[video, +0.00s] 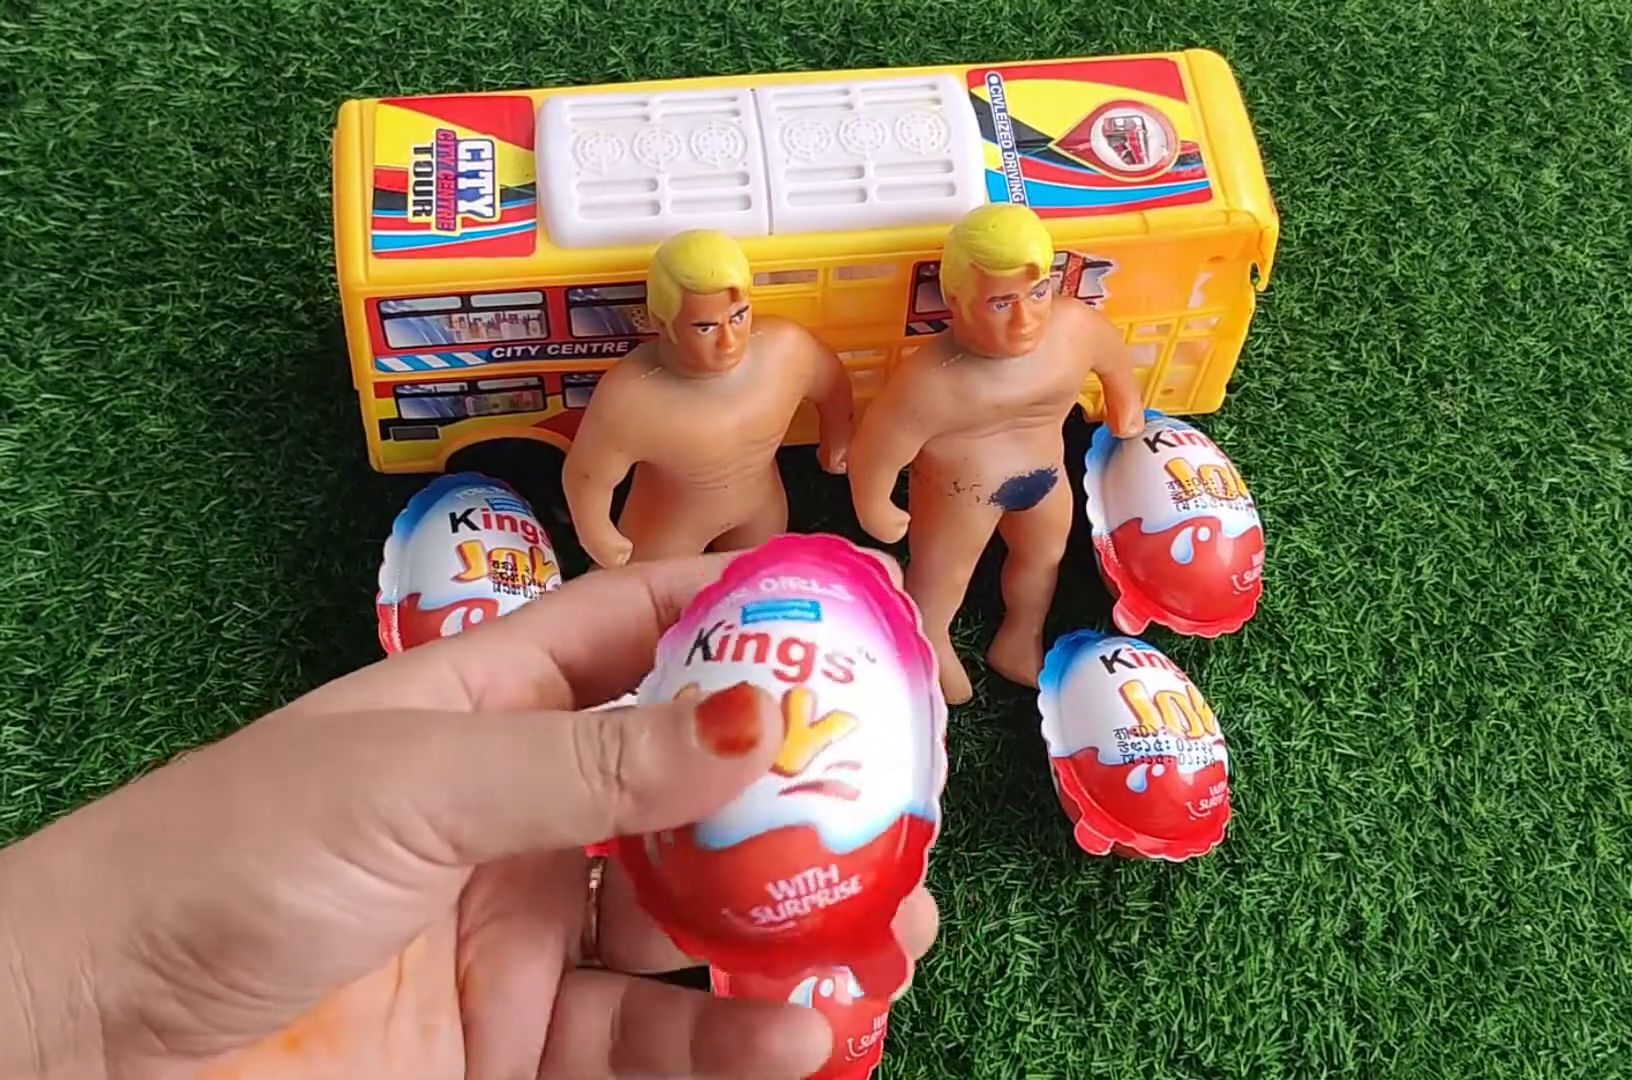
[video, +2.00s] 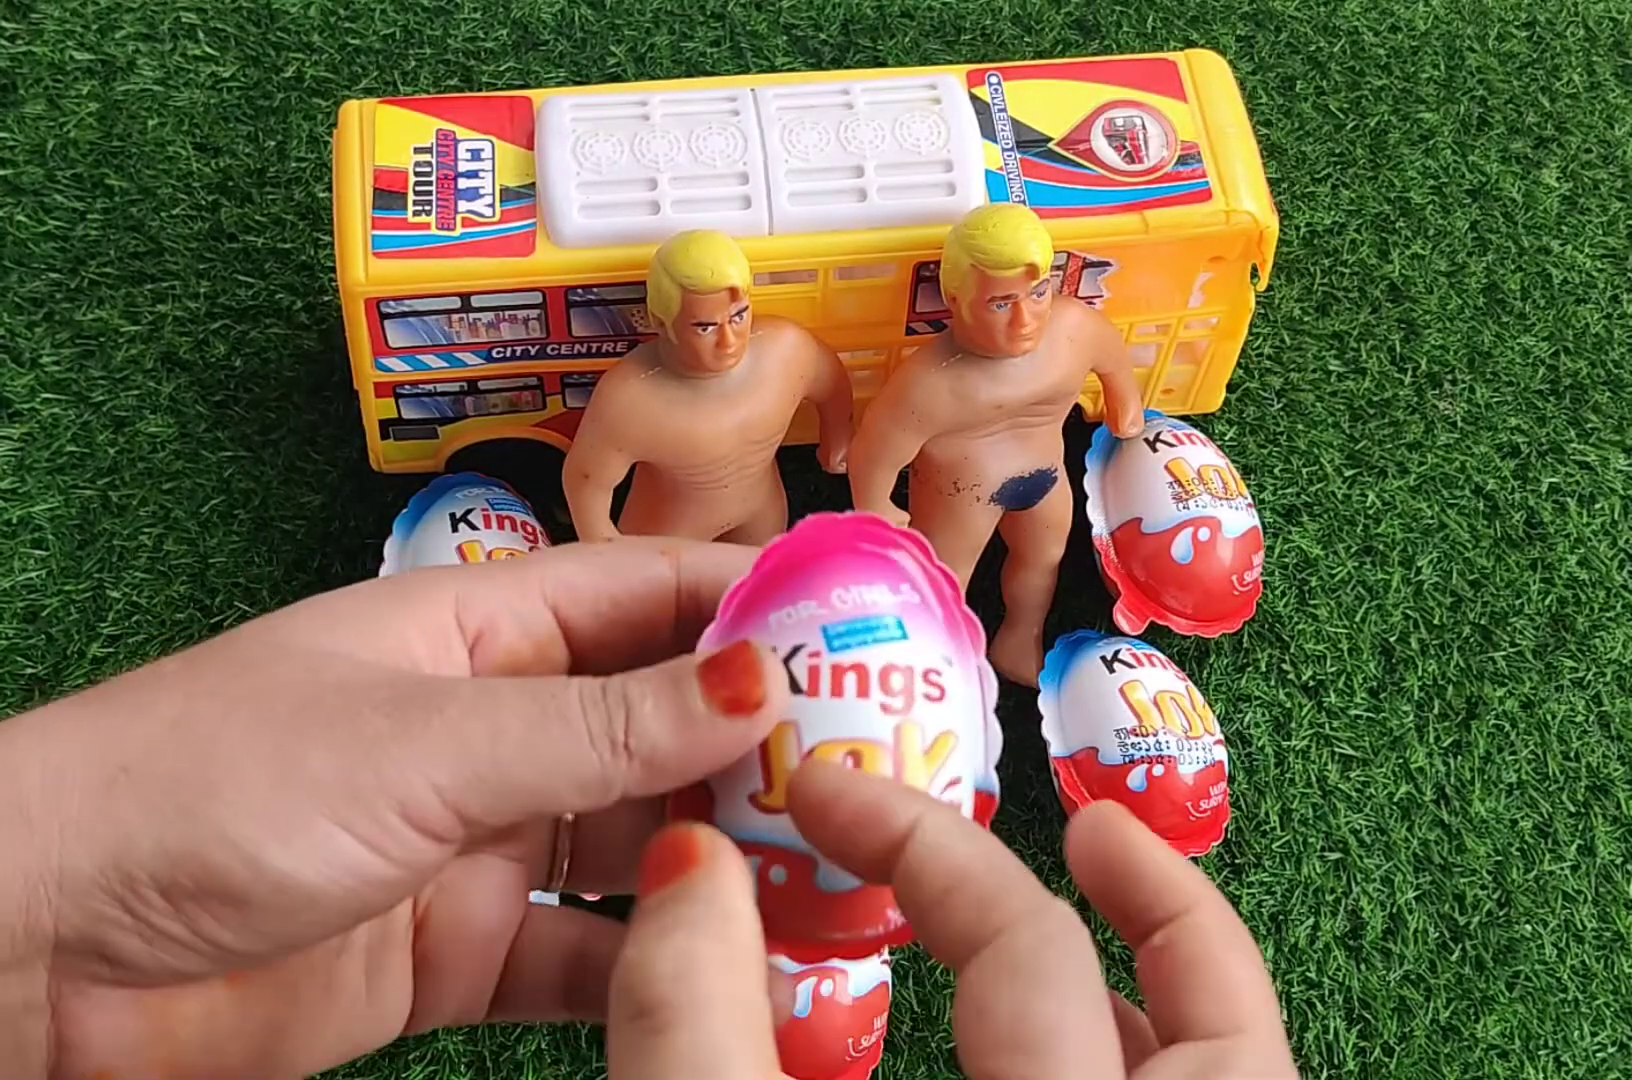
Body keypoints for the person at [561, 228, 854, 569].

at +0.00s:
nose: (728, 340)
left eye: (738, 316)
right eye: (705, 327)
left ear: (750, 302)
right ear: (661, 324)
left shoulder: (788, 350)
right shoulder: (628, 399)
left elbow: (833, 389)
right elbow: (585, 479)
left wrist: (836, 445)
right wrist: (601, 541)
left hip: (758, 510)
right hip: (670, 524)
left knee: (762, 612)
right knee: (657, 627)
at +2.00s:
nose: (728, 339)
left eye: (739, 315)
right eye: (703, 327)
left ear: (749, 300)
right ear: (662, 324)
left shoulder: (787, 350)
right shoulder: (626, 397)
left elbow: (832, 387)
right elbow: (584, 478)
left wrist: (834, 443)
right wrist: (600, 552)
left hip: (757, 517)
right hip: (665, 533)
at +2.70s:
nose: (728, 339)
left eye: (739, 316)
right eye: (704, 326)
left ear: (749, 299)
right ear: (661, 322)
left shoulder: (786, 350)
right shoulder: (627, 396)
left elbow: (832, 386)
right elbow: (585, 478)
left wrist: (836, 441)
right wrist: (600, 552)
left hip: (761, 537)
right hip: (664, 548)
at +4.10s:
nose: (728, 340)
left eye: (739, 317)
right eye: (705, 326)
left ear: (750, 302)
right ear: (660, 322)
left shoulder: (788, 350)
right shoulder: (628, 398)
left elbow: (833, 387)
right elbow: (587, 477)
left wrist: (837, 440)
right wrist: (597, 536)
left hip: (759, 497)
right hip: (672, 509)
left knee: (752, 575)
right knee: (636, 591)